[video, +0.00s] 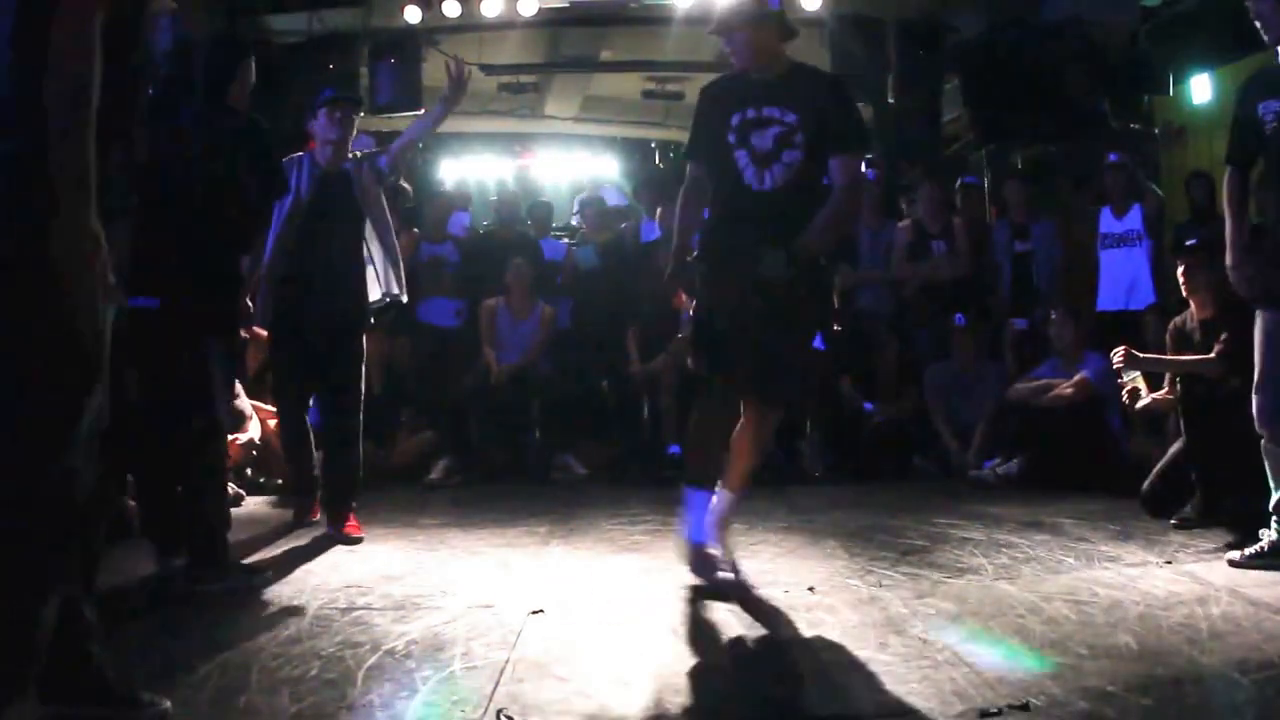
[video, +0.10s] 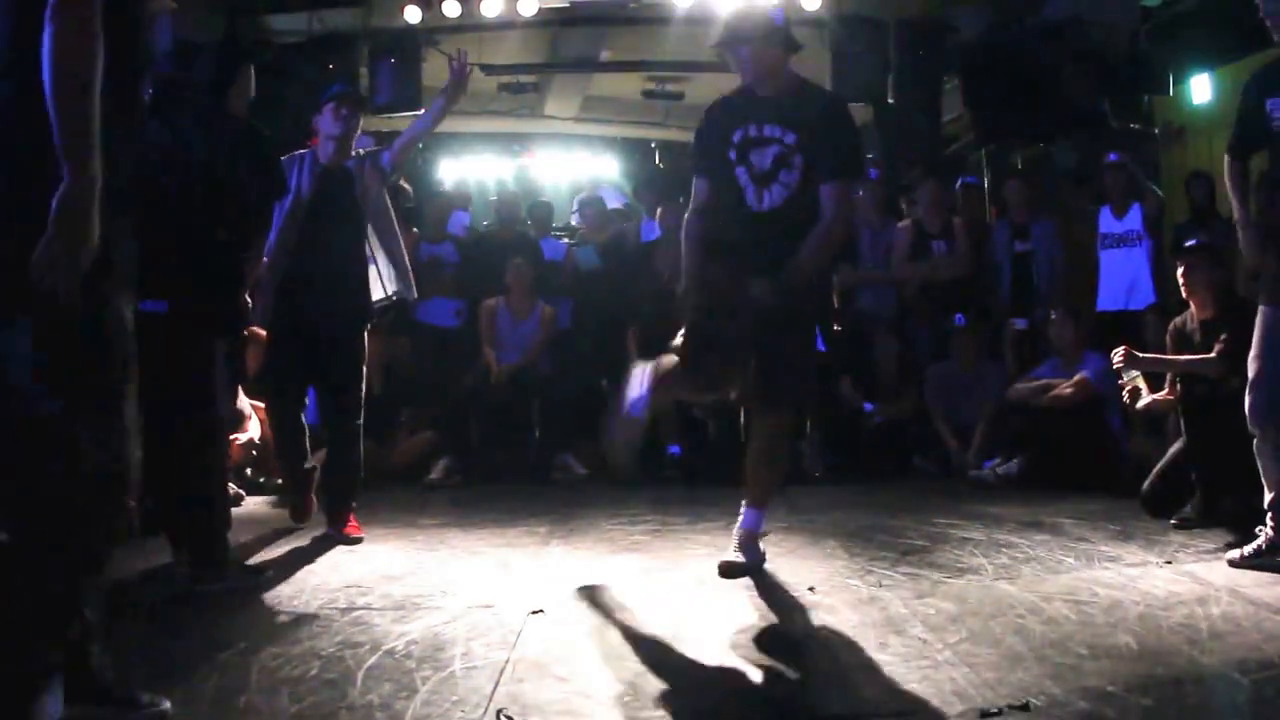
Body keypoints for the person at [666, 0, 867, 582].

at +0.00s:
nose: (729, 45)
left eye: (737, 33)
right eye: (725, 36)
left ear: (771, 31)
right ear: (731, 40)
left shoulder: (823, 91)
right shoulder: (717, 95)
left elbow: (848, 188)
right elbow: (695, 186)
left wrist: (809, 247)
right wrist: (676, 259)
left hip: (794, 266)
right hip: (724, 262)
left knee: (765, 402)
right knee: (716, 388)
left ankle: (715, 527)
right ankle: (695, 527)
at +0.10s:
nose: (738, 61)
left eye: (746, 48)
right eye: (733, 52)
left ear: (779, 46)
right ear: (732, 55)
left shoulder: (825, 111)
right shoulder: (723, 113)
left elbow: (838, 214)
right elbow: (698, 207)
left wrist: (799, 274)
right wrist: (689, 277)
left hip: (791, 273)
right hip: (723, 267)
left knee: (773, 405)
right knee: (717, 374)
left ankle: (748, 532)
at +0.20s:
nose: (727, 62)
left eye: (734, 48)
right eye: (722, 53)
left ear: (767, 42)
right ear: (727, 55)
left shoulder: (819, 105)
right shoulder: (723, 117)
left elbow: (841, 203)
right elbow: (701, 212)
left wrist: (808, 258)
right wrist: (714, 263)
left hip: (800, 276)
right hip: (739, 276)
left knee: (771, 400)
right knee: (735, 390)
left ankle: (749, 529)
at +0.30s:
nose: (704, 50)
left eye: (704, 34)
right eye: (699, 42)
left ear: (733, 19)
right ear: (716, 40)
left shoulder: (803, 65)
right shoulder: (723, 103)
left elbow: (835, 160)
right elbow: (718, 190)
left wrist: (790, 230)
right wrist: (736, 223)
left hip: (816, 239)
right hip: (757, 245)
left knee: (791, 375)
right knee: (725, 348)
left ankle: (771, 520)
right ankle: (787, 424)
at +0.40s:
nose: (702, 55)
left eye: (702, 40)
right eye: (697, 47)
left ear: (732, 26)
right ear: (729, 37)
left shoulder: (791, 68)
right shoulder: (740, 105)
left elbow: (824, 153)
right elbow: (758, 183)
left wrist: (780, 236)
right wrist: (742, 239)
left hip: (822, 249)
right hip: (776, 253)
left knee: (829, 379)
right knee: (770, 373)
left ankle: (851, 525)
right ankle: (822, 507)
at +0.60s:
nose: (711, 98)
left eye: (709, 86)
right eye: (706, 88)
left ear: (730, 73)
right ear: (753, 69)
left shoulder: (750, 106)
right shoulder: (805, 107)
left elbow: (752, 199)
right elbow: (820, 198)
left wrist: (753, 268)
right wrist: (751, 252)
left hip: (807, 271)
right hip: (846, 267)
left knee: (765, 382)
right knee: (832, 388)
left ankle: (844, 489)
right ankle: (840, 525)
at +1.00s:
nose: (751, 95)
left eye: (753, 87)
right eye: (752, 88)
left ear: (761, 85)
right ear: (802, 83)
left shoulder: (741, 129)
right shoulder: (839, 123)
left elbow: (716, 224)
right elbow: (853, 199)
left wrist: (744, 258)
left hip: (771, 275)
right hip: (833, 271)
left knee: (784, 392)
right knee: (825, 389)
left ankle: (802, 512)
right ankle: (802, 510)